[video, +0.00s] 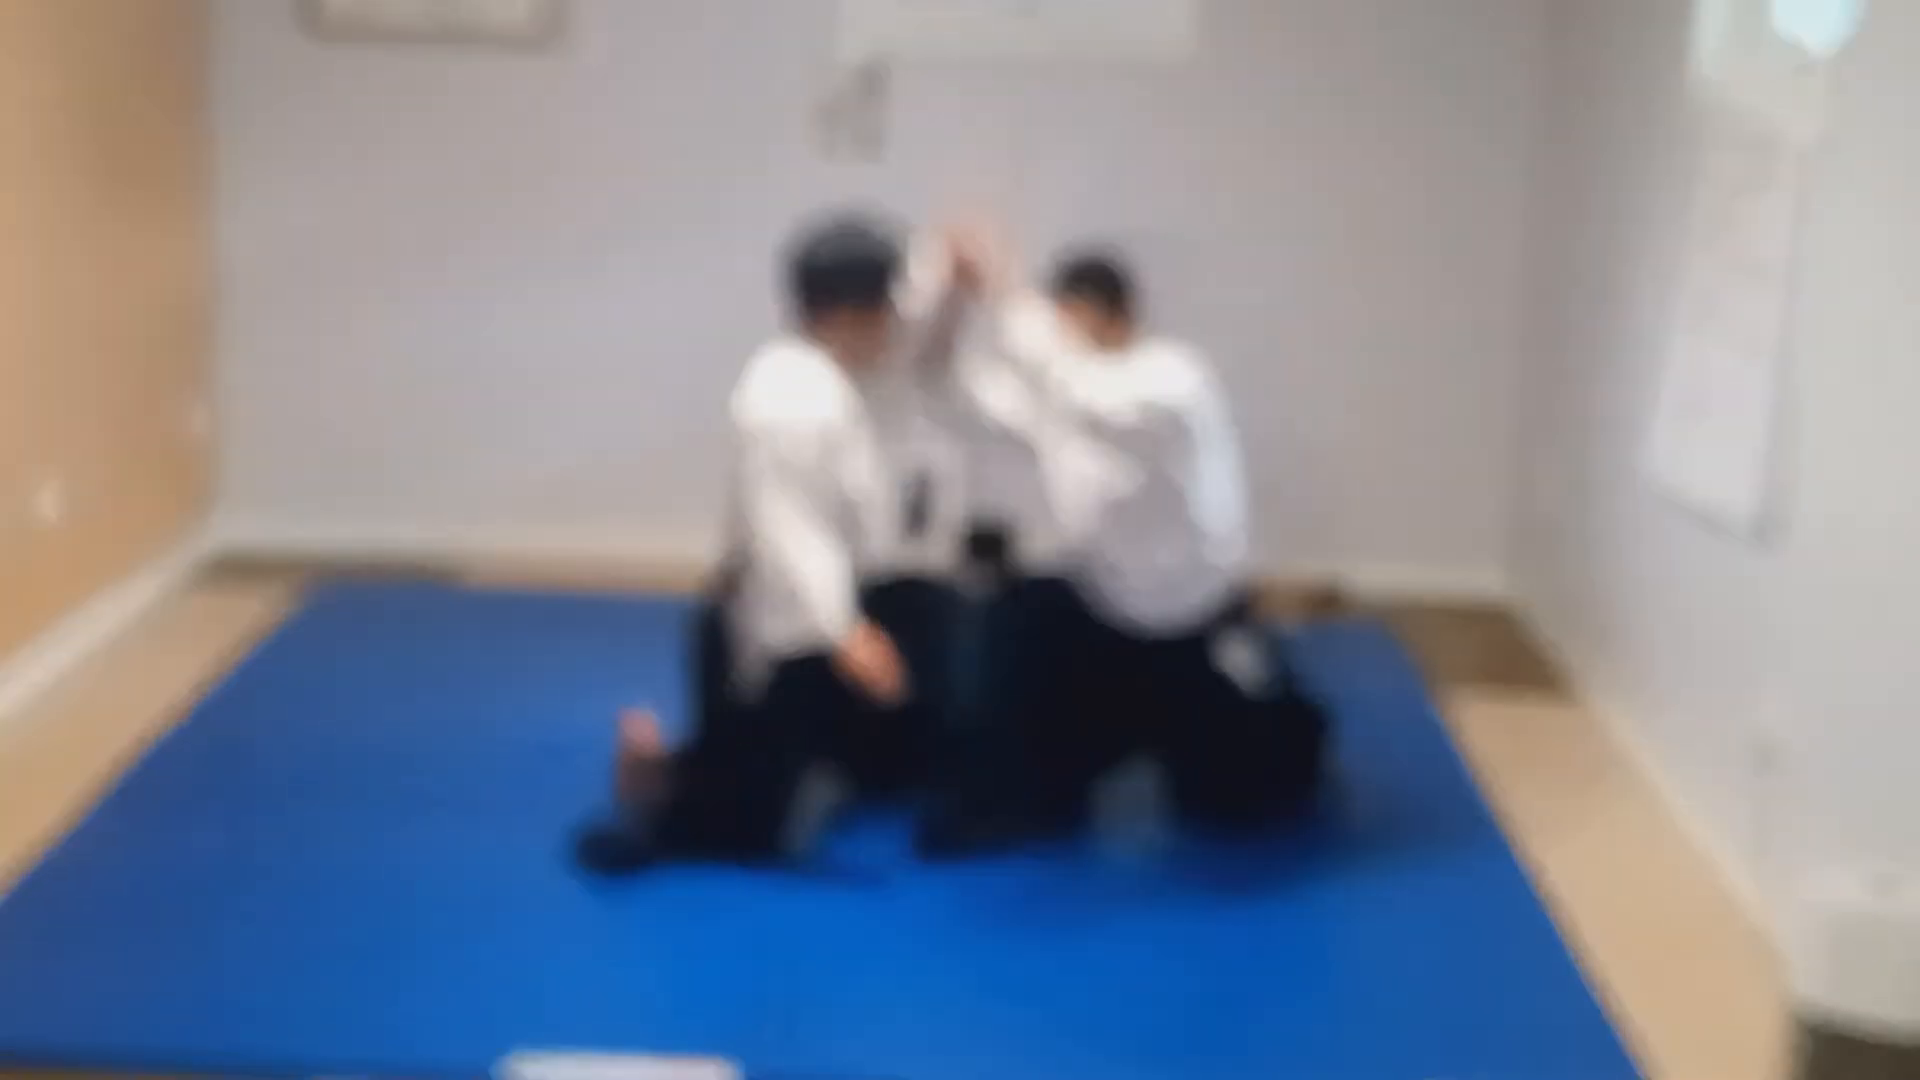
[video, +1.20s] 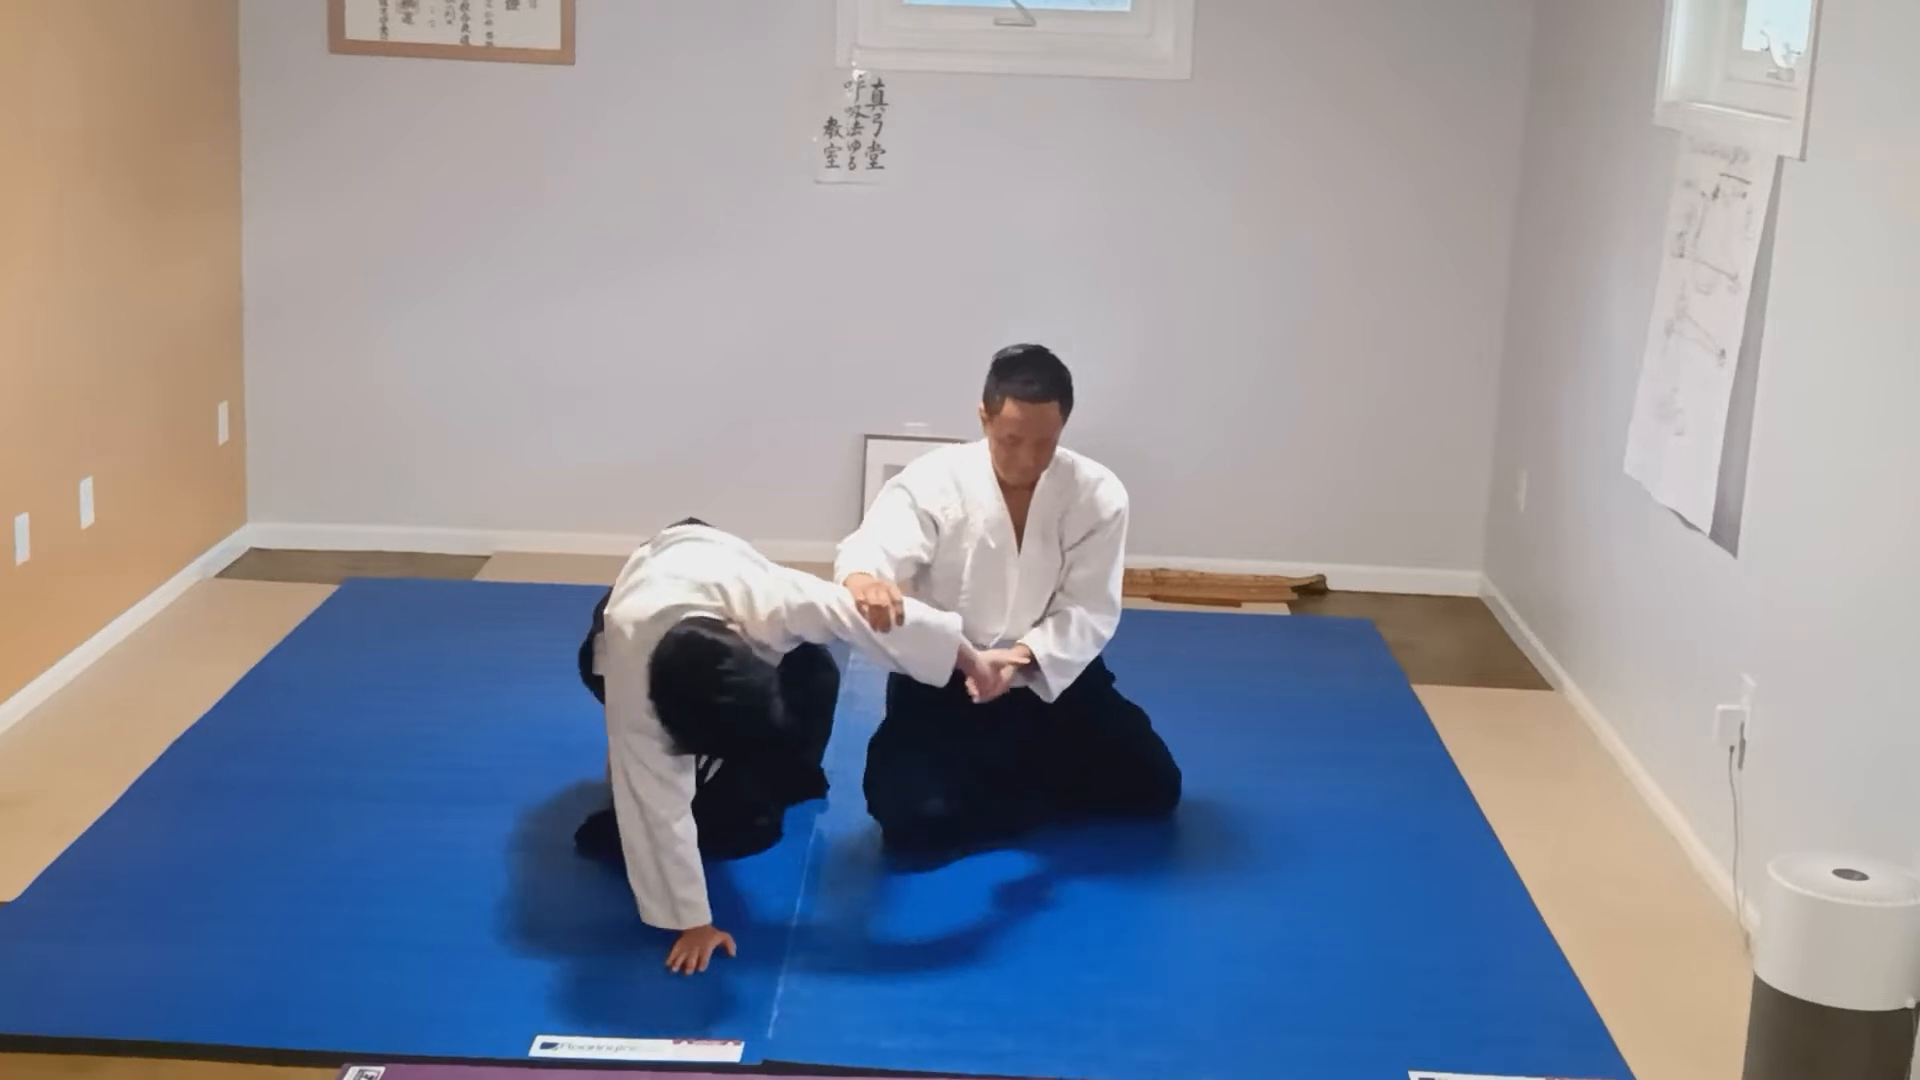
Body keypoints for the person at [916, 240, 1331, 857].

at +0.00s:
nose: (1062, 329)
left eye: (1072, 313)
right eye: (1058, 315)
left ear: (1108, 312)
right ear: (1051, 321)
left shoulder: (1173, 377)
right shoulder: (1049, 400)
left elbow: (1093, 394)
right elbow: (948, 387)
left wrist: (1008, 305)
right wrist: (952, 300)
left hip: (1204, 639)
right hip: (1097, 638)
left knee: (1240, 808)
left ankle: (1291, 728)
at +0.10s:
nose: (1047, 342)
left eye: (1054, 324)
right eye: (1039, 326)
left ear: (1082, 321)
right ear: (1034, 328)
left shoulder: (1145, 386)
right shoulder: (1054, 401)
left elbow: (1094, 461)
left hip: (1185, 649)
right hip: (1085, 651)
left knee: (1222, 824)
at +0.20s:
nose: (1016, 393)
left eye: (1029, 378)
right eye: (1005, 377)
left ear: (1073, 362)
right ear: (996, 364)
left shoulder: (1120, 428)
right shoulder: (999, 413)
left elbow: (1070, 514)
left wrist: (983, 476)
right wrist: (945, 464)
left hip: (1143, 640)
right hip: (1053, 630)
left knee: (1158, 783)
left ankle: (1203, 737)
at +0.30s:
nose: (1008, 402)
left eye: (1022, 389)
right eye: (997, 386)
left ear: (1065, 371)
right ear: (988, 369)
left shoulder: (1115, 443)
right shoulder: (971, 417)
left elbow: (1087, 558)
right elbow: (909, 510)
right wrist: (909, 427)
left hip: (1127, 642)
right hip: (1027, 634)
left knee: (1168, 785)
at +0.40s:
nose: (1010, 414)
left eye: (1026, 400)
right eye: (999, 397)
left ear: (1066, 384)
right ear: (989, 377)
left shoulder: (1119, 455)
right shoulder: (960, 431)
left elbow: (1119, 572)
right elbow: (918, 533)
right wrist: (919, 487)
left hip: (1102, 635)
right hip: (994, 629)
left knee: (1156, 779)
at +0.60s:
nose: (1031, 435)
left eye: (1048, 421)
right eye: (1019, 418)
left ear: (1080, 404)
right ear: (1005, 397)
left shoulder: (1128, 468)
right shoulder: (964, 452)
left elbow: (1152, 592)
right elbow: (914, 517)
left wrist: (1095, 675)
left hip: (1099, 648)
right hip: (996, 643)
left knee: (1158, 784)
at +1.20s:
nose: (1025, 459)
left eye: (1043, 442)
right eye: (1010, 441)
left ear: (1062, 427)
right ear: (984, 417)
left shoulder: (1096, 496)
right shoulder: (933, 481)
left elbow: (1089, 612)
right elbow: (875, 543)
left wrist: (1018, 657)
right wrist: (867, 579)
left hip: (1057, 683)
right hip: (941, 688)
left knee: (1150, 788)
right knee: (912, 816)